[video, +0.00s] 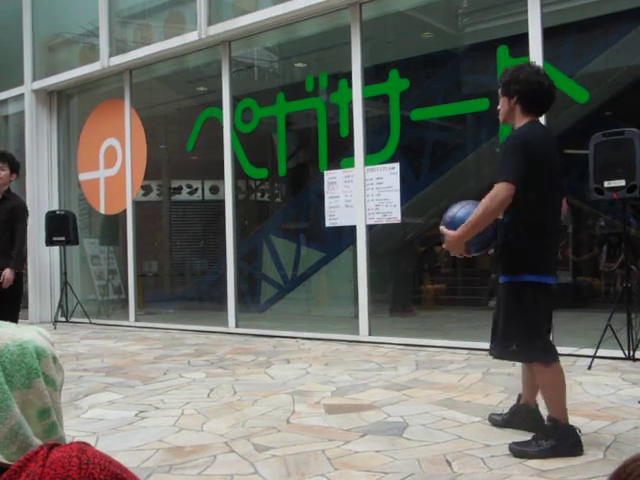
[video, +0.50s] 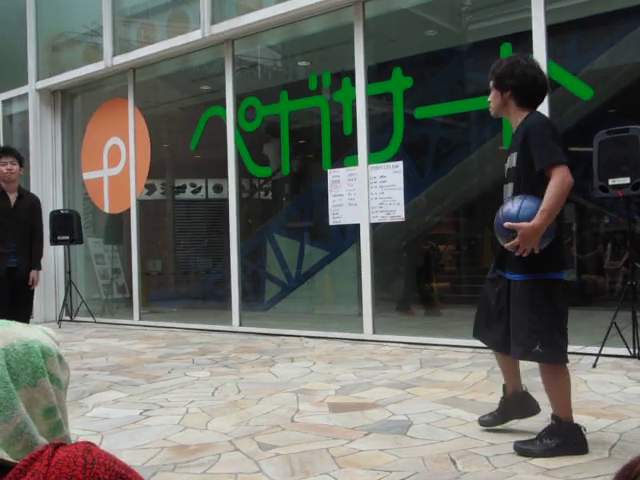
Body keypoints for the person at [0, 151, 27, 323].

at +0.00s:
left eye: (3, 169)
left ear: (12, 175)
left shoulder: (16, 204)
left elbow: (19, 241)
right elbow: (20, 241)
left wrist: (12, 268)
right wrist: (10, 268)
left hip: (7, 273)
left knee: (7, 324)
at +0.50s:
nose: (9, 168)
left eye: (13, 164)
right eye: (4, 164)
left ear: (21, 169)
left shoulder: (31, 201)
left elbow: (37, 237)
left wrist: (35, 267)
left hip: (22, 270)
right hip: (2, 271)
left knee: (20, 322)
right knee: (3, 321)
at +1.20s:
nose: (107, 179)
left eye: (107, 175)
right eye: (103, 174)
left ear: (92, 177)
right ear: (89, 176)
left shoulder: (89, 201)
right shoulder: (85, 201)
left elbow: (95, 239)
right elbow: (93, 233)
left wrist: (102, 277)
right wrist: (108, 257)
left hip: (75, 273)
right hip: (81, 274)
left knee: (63, 323)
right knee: (97, 320)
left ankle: (49, 365)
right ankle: (112, 364)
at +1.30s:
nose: (120, 181)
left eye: (120, 177)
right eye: (118, 176)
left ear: (104, 179)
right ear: (105, 178)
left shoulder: (97, 201)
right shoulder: (100, 201)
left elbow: (102, 242)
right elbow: (111, 230)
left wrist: (117, 275)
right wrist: (130, 254)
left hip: (90, 272)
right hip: (95, 273)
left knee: (87, 320)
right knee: (110, 318)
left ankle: (64, 360)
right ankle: (120, 364)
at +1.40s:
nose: (125, 179)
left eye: (125, 174)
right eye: (122, 174)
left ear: (109, 177)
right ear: (111, 177)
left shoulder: (101, 200)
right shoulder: (109, 199)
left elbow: (107, 241)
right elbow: (123, 230)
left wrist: (124, 271)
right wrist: (143, 252)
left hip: (95, 270)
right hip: (103, 269)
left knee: (107, 315)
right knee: (120, 312)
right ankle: (121, 362)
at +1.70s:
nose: (125, 174)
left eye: (124, 170)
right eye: (123, 170)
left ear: (105, 175)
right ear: (115, 174)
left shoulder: (99, 202)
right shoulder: (120, 198)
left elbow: (108, 239)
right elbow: (141, 226)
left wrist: (133, 260)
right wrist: (162, 248)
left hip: (104, 270)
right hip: (122, 268)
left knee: (116, 315)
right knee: (146, 308)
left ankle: (115, 362)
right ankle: (167, 354)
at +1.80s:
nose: (127, 175)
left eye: (126, 171)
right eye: (125, 171)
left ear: (107, 176)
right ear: (118, 174)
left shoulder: (100, 202)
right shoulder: (125, 199)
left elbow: (106, 239)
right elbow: (146, 227)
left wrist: (134, 257)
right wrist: (165, 250)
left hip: (105, 272)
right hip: (126, 269)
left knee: (116, 316)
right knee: (150, 308)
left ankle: (115, 361)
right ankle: (172, 347)